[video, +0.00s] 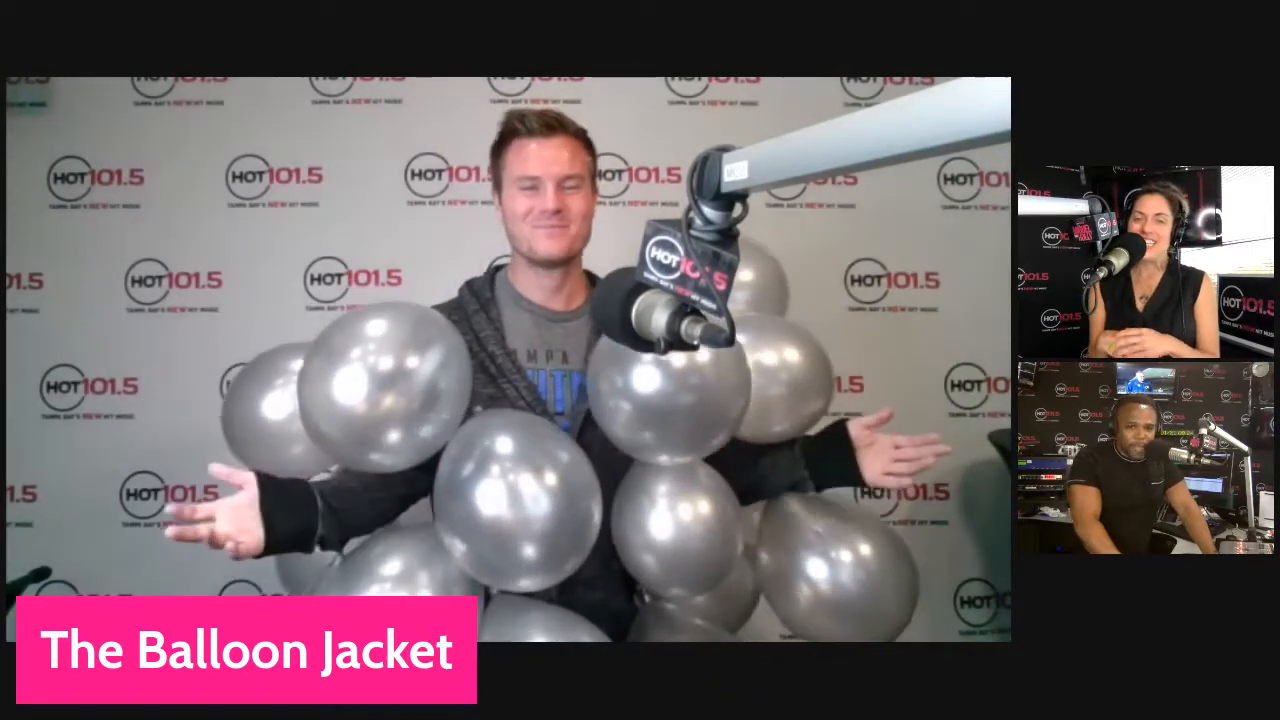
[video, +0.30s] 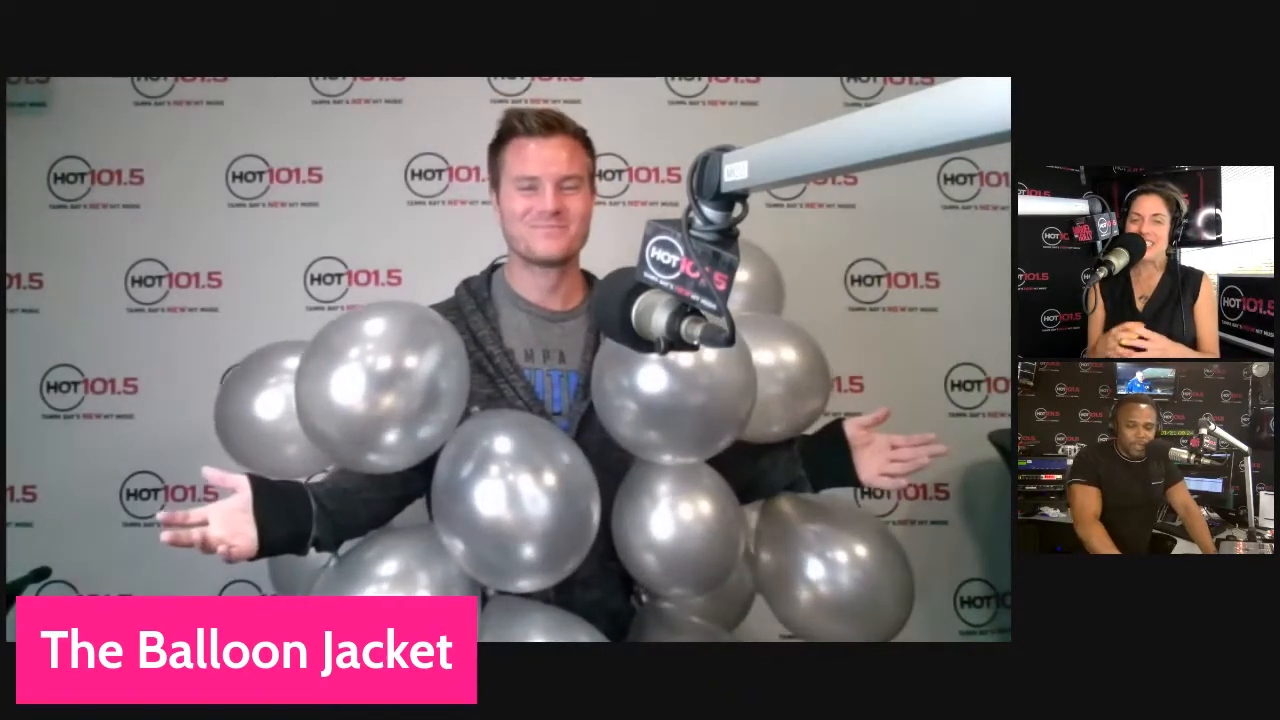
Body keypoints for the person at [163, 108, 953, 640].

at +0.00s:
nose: (552, 205)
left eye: (571, 186)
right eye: (530, 188)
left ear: (595, 199)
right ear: (497, 204)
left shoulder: (650, 324)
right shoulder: (445, 334)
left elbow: (717, 459)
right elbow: (399, 471)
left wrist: (837, 454)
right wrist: (285, 510)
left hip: (644, 610)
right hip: (499, 607)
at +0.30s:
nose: (550, 205)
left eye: (569, 187)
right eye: (528, 188)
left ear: (593, 201)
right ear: (494, 203)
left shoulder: (648, 325)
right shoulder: (439, 335)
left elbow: (716, 459)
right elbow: (392, 474)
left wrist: (833, 455)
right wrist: (282, 512)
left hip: (638, 613)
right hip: (491, 609)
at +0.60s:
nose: (548, 205)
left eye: (567, 187)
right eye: (526, 188)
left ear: (592, 201)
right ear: (493, 204)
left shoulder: (649, 324)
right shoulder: (435, 334)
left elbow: (716, 462)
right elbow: (390, 472)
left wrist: (832, 458)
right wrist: (275, 506)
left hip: (639, 610)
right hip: (493, 607)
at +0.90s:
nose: (546, 206)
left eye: (566, 187)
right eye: (525, 188)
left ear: (592, 201)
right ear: (493, 203)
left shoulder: (649, 325)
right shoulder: (435, 334)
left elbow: (716, 465)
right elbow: (389, 473)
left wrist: (829, 461)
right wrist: (273, 502)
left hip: (639, 614)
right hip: (495, 611)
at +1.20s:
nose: (542, 204)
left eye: (562, 186)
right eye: (520, 188)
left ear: (591, 201)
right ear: (491, 204)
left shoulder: (651, 325)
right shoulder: (436, 335)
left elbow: (717, 467)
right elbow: (390, 475)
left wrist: (827, 464)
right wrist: (276, 498)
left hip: (640, 620)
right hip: (492, 618)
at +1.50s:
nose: (530, 202)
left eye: (551, 184)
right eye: (511, 186)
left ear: (588, 199)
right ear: (490, 203)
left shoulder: (647, 322)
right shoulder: (442, 332)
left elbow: (711, 468)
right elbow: (394, 467)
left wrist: (821, 466)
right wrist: (269, 489)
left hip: (638, 617)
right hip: (496, 614)